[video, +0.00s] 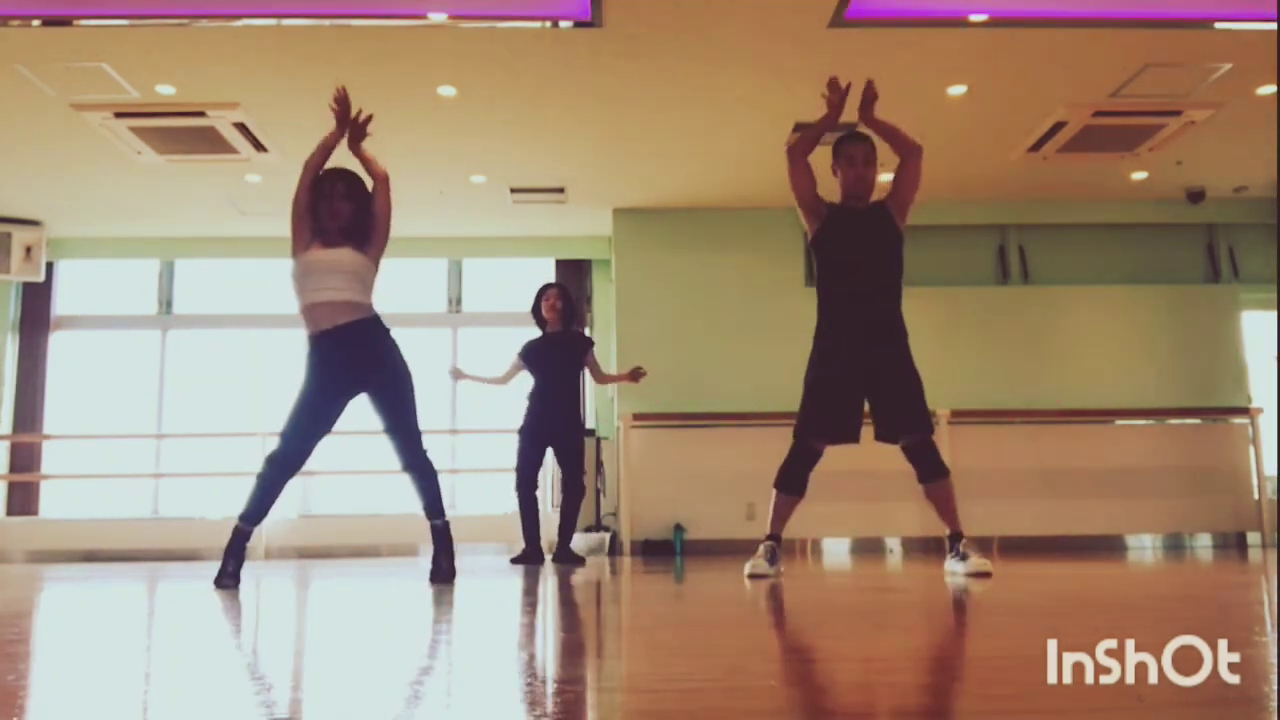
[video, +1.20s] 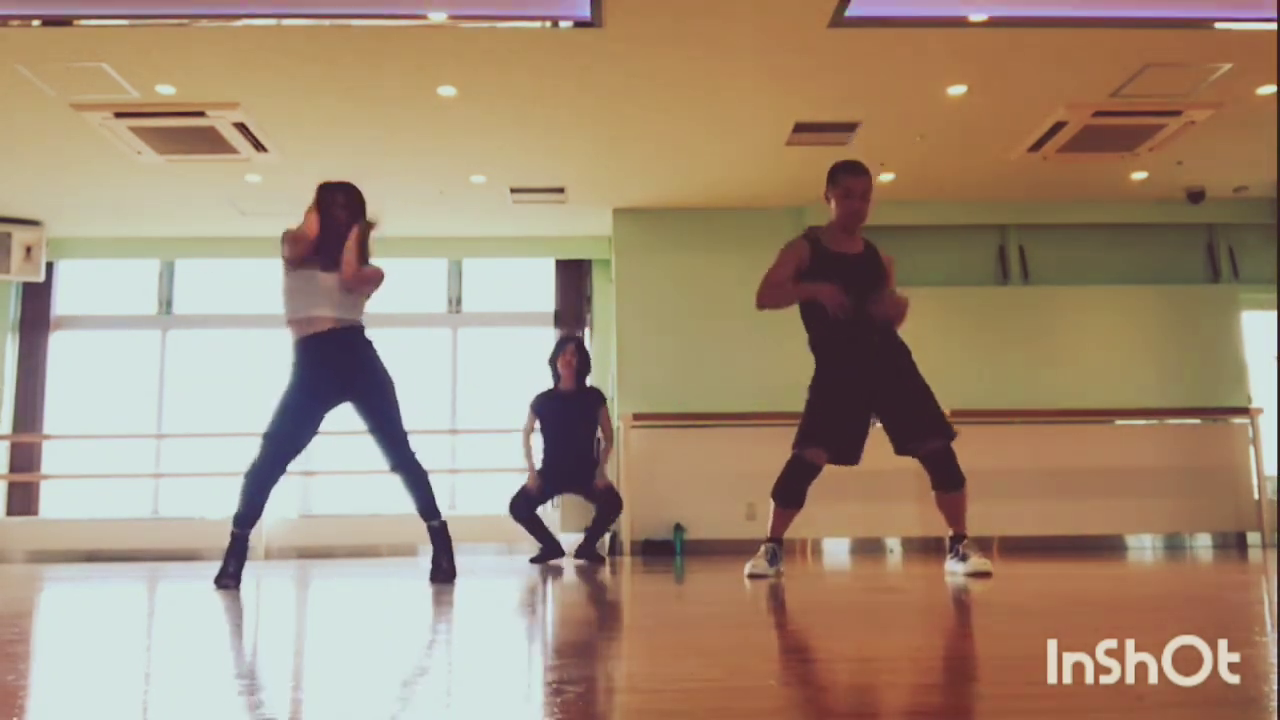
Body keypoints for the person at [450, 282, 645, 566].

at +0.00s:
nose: (552, 303)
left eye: (558, 299)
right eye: (547, 299)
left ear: (567, 305)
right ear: (539, 307)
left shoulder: (580, 342)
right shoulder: (532, 347)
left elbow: (599, 378)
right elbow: (503, 379)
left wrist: (626, 377)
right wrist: (466, 376)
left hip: (568, 424)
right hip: (536, 424)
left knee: (574, 487)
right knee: (524, 485)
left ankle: (563, 548)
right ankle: (532, 549)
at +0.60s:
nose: (556, 301)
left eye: (561, 297)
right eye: (551, 297)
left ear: (569, 304)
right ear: (542, 305)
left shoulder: (580, 336)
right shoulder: (530, 341)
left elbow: (600, 367)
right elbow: (511, 364)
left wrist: (619, 388)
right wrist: (499, 379)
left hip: (568, 421)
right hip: (535, 420)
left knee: (574, 485)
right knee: (523, 483)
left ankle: (563, 548)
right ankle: (531, 548)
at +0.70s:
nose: (559, 288)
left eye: (563, 284)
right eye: (554, 283)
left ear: (569, 290)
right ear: (544, 288)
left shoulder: (580, 320)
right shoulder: (531, 322)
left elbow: (581, 359)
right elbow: (525, 363)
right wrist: (537, 396)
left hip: (571, 402)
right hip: (541, 402)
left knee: (572, 474)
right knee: (534, 474)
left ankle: (567, 541)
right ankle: (533, 543)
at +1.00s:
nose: (562, 322)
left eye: (568, 317)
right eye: (557, 317)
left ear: (577, 324)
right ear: (548, 324)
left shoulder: (589, 359)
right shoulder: (538, 364)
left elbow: (598, 400)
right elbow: (528, 401)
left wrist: (570, 416)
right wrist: (549, 421)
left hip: (582, 431)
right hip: (551, 430)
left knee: (598, 490)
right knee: (536, 491)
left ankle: (585, 547)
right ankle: (553, 547)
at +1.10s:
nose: (565, 340)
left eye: (571, 335)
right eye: (560, 335)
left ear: (579, 343)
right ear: (552, 343)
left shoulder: (591, 379)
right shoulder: (541, 383)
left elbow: (601, 422)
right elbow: (530, 424)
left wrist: (586, 448)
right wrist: (541, 451)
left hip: (583, 451)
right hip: (551, 452)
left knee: (607, 500)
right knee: (526, 503)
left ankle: (586, 548)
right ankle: (552, 548)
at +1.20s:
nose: (569, 359)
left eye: (574, 355)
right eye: (563, 354)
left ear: (583, 361)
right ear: (555, 361)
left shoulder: (593, 397)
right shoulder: (543, 400)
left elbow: (608, 436)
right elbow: (527, 433)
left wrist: (601, 470)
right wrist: (532, 471)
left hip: (584, 474)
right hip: (552, 474)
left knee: (612, 504)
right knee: (519, 507)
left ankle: (587, 546)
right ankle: (551, 546)